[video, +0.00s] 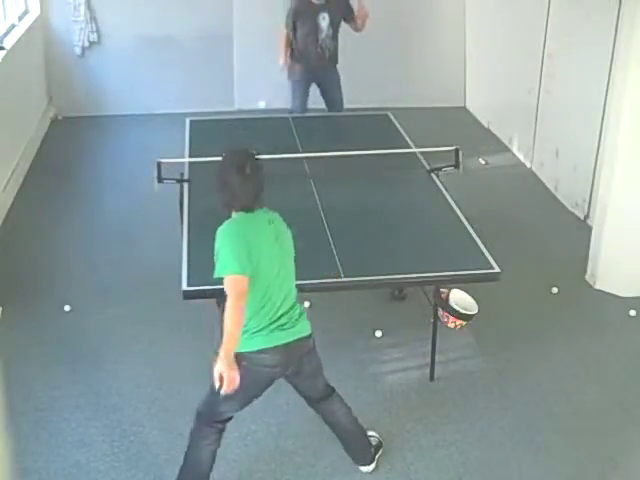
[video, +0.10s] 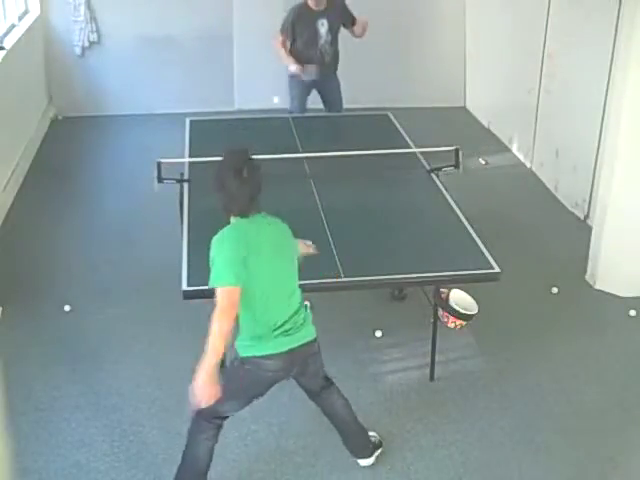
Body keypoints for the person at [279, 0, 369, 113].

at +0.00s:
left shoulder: (339, 3)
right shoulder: (298, 4)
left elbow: (357, 27)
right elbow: (288, 32)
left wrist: (361, 19)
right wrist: (285, 58)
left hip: (327, 66)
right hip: (300, 65)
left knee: (337, 110)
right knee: (298, 110)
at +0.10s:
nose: (315, 2)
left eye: (318, 1)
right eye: (312, 1)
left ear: (324, 0)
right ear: (308, 0)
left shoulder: (337, 6)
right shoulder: (296, 11)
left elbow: (355, 32)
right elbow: (281, 43)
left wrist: (361, 26)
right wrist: (291, 63)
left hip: (327, 72)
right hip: (301, 72)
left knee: (336, 114)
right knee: (297, 114)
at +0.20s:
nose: (310, 3)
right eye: (307, 0)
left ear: (320, 0)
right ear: (303, 1)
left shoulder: (332, 11)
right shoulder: (292, 17)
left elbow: (349, 35)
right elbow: (280, 55)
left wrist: (359, 39)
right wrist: (304, 71)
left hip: (325, 75)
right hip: (297, 75)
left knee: (332, 119)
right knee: (297, 118)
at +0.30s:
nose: (305, 2)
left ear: (316, 0)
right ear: (298, 1)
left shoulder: (326, 8)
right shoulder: (290, 17)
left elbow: (337, 32)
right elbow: (281, 58)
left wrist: (356, 40)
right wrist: (308, 78)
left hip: (319, 73)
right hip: (292, 73)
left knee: (329, 117)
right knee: (291, 114)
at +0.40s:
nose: (304, 2)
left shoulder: (323, 5)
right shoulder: (286, 15)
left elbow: (331, 25)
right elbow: (277, 58)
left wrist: (352, 32)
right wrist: (304, 75)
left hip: (316, 69)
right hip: (289, 70)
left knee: (328, 115)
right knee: (290, 115)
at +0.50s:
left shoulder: (321, 3)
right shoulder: (281, 6)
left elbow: (334, 20)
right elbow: (266, 43)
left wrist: (350, 24)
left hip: (315, 66)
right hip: (288, 68)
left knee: (324, 113)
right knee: (289, 114)